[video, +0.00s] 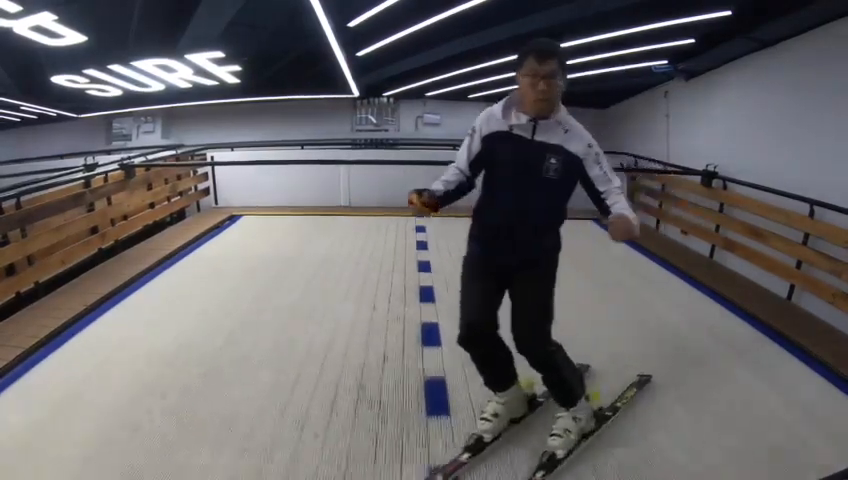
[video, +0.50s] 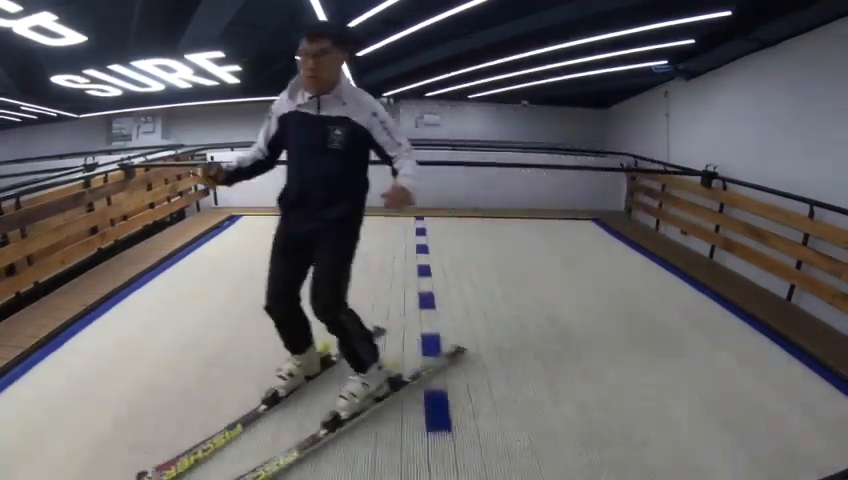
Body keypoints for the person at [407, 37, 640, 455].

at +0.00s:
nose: (542, 86)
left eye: (551, 78)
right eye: (533, 77)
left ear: (563, 83)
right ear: (518, 80)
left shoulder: (576, 139)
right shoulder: (489, 122)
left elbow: (608, 191)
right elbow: (462, 172)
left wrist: (620, 214)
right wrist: (434, 196)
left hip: (536, 253)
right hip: (485, 247)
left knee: (531, 340)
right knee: (474, 332)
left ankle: (575, 403)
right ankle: (509, 395)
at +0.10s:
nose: (499, 84)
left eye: (509, 75)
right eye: (491, 75)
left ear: (524, 78)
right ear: (479, 77)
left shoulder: (540, 137)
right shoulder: (454, 121)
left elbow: (573, 189)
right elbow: (427, 173)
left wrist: (579, 216)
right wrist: (395, 194)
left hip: (501, 250)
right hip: (452, 243)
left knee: (492, 336)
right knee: (434, 326)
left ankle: (541, 408)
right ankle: (467, 390)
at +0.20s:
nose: (453, 81)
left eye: (462, 72)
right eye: (445, 73)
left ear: (478, 75)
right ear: (433, 76)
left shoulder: (497, 131)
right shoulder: (413, 119)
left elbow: (532, 186)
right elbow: (387, 171)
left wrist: (533, 212)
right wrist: (352, 190)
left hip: (461, 248)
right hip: (413, 240)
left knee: (448, 333)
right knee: (392, 323)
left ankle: (500, 407)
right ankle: (425, 383)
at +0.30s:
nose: (402, 76)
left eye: (412, 67)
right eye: (395, 68)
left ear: (431, 68)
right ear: (386, 70)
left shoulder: (450, 124)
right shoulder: (369, 116)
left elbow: (489, 178)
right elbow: (345, 165)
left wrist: (490, 204)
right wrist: (307, 184)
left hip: (419, 240)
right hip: (372, 234)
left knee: (408, 326)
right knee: (351, 314)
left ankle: (459, 402)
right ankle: (384, 375)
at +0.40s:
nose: (355, 67)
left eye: (365, 58)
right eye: (349, 59)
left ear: (386, 63)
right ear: (342, 64)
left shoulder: (404, 113)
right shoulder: (325, 108)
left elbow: (441, 161)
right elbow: (303, 158)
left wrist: (446, 190)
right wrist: (266, 177)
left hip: (377, 229)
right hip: (331, 225)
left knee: (372, 314)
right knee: (313, 307)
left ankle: (420, 387)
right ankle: (343, 367)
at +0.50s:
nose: (310, 64)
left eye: (321, 56)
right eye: (304, 56)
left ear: (342, 59)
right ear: (298, 59)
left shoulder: (362, 108)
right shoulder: (286, 105)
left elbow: (402, 153)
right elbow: (263, 155)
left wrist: (403, 184)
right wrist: (225, 174)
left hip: (339, 221)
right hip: (294, 218)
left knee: (326, 303)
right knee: (279, 301)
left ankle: (369, 371)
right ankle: (305, 357)